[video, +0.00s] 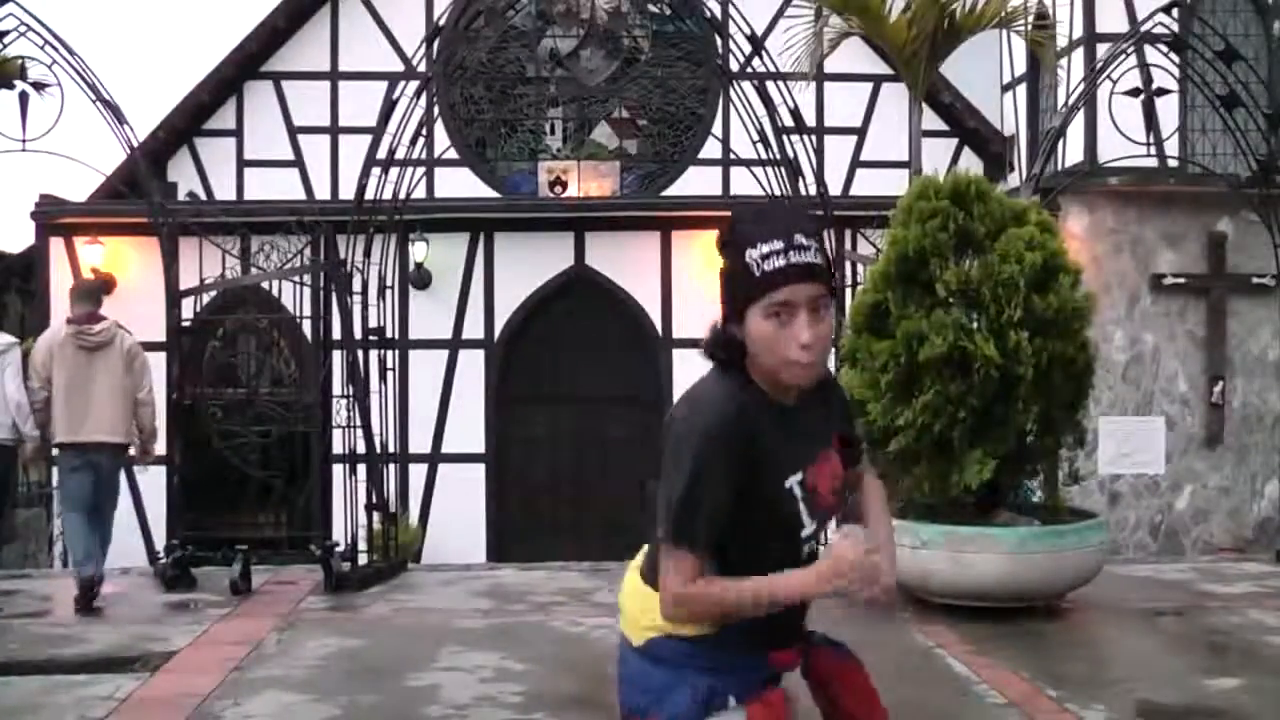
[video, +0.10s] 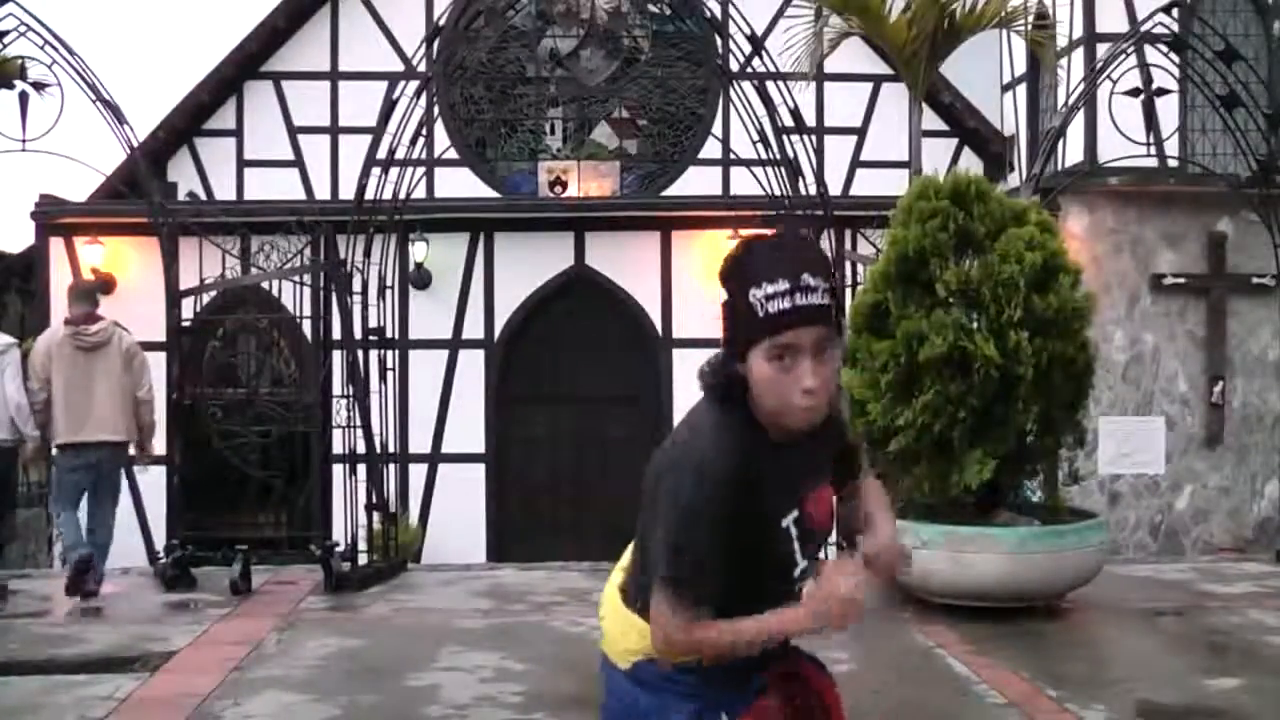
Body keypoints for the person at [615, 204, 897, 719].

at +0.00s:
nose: (806, 333)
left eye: (818, 310)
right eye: (780, 315)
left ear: (834, 315)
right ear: (738, 326)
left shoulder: (825, 396)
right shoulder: (710, 420)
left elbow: (863, 481)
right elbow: (678, 596)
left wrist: (880, 556)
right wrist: (817, 578)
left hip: (770, 638)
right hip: (684, 651)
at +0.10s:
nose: (811, 380)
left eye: (824, 352)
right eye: (782, 357)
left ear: (841, 351)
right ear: (741, 361)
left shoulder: (820, 417)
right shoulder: (703, 459)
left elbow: (855, 482)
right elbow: (671, 636)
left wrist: (881, 534)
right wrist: (805, 616)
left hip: (751, 645)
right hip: (660, 668)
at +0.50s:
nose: (800, 379)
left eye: (816, 352)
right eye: (773, 356)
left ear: (836, 349)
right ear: (733, 360)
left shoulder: (830, 414)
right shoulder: (694, 459)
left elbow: (862, 507)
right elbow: (651, 640)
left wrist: (864, 615)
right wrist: (790, 679)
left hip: (759, 646)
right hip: (655, 662)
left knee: (829, 704)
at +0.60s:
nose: (806, 354)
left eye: (823, 326)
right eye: (778, 329)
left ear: (844, 329)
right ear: (740, 337)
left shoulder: (840, 412)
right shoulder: (690, 439)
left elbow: (873, 504)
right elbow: (660, 613)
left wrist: (883, 589)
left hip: (758, 641)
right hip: (653, 650)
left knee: (829, 699)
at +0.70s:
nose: (808, 327)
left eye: (825, 304)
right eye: (783, 306)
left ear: (848, 314)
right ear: (746, 316)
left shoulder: (845, 404)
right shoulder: (694, 415)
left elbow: (880, 491)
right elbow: (656, 579)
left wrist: (892, 542)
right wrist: (798, 561)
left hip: (767, 634)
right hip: (660, 637)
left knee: (825, 704)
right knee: (657, 707)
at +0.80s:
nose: (809, 302)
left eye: (826, 279)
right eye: (784, 281)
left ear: (850, 288)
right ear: (748, 292)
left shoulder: (853, 389)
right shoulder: (699, 397)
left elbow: (898, 520)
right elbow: (648, 550)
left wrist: (901, 497)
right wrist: (785, 573)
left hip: (785, 642)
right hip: (678, 642)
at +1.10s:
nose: (820, 272)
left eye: (837, 255)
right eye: (799, 257)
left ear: (860, 270)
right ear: (772, 276)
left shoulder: (883, 382)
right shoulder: (726, 363)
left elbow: (939, 504)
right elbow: (661, 485)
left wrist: (898, 554)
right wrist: (759, 469)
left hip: (833, 618)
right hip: (725, 613)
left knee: (872, 709)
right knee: (727, 691)